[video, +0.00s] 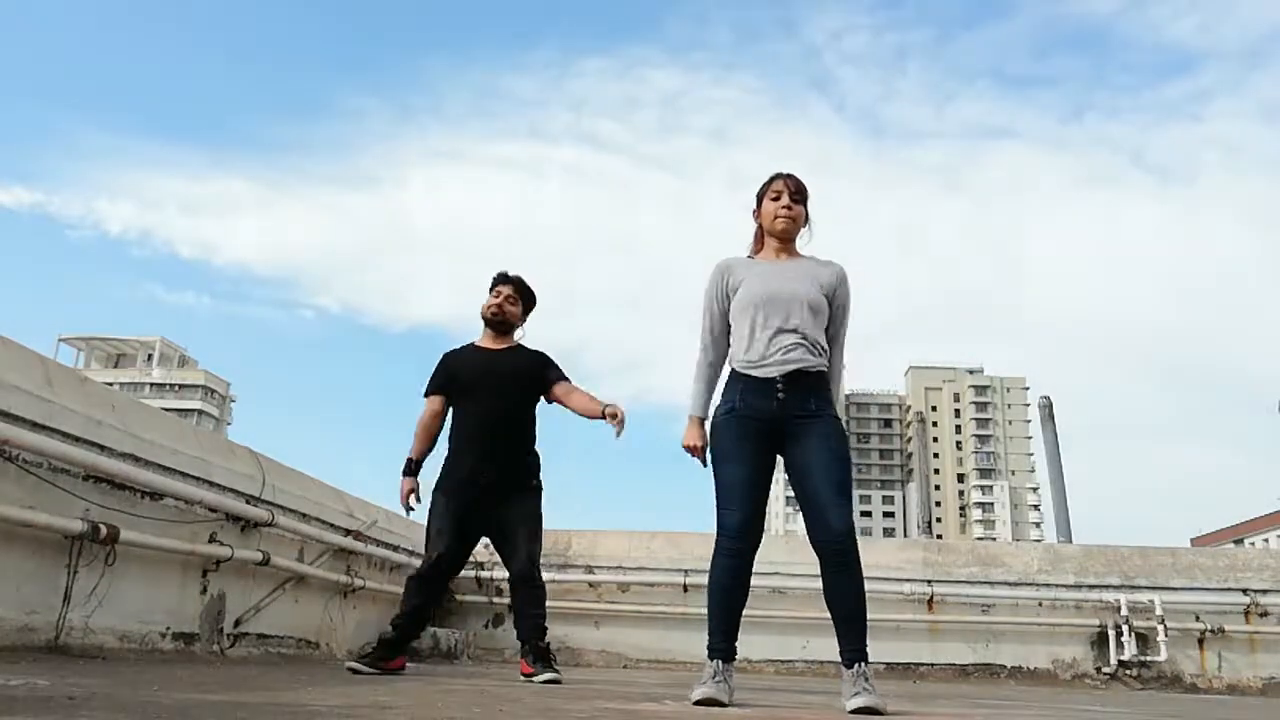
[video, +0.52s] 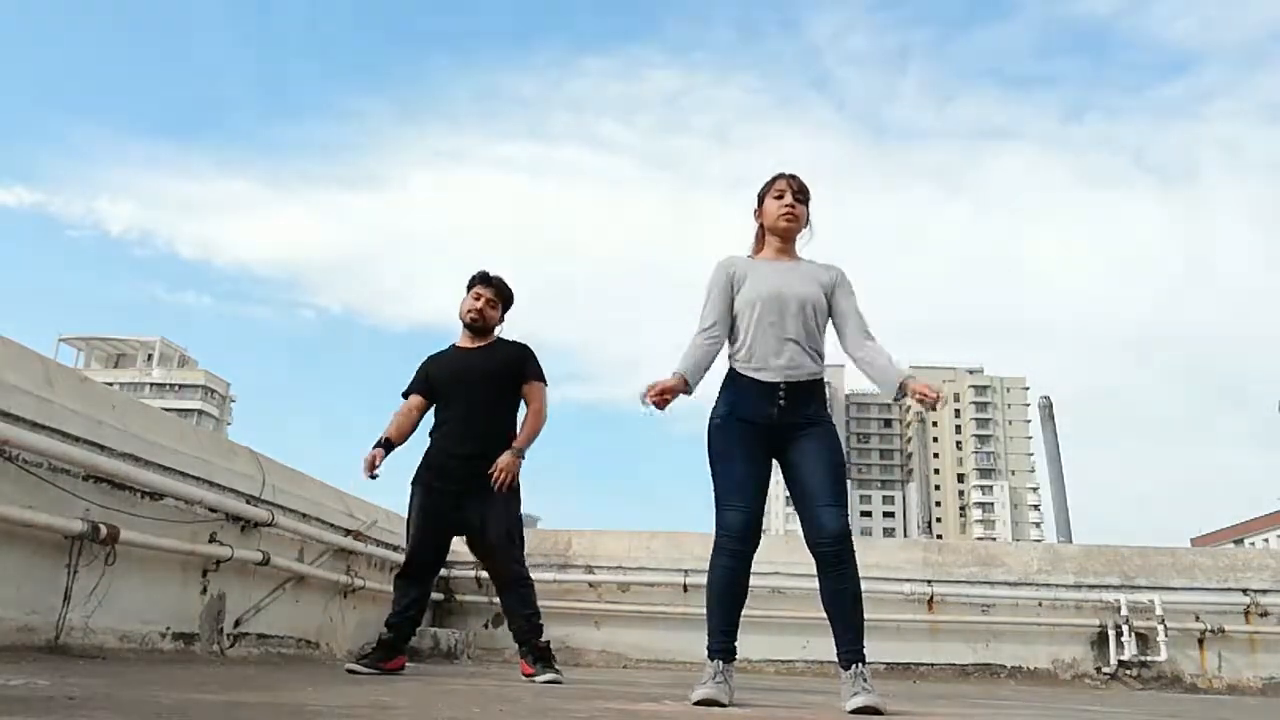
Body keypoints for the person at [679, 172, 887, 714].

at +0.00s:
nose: (786, 204)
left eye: (795, 198)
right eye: (776, 197)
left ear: (806, 216)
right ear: (757, 213)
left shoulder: (830, 274)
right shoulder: (730, 271)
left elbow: (834, 357)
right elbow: (712, 349)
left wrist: (831, 419)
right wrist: (696, 417)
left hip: (812, 407)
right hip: (742, 407)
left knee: (837, 536)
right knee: (736, 535)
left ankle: (857, 672)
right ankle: (718, 668)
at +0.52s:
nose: (790, 202)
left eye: (799, 198)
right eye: (779, 195)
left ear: (808, 218)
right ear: (759, 213)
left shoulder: (828, 276)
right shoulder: (733, 269)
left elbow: (861, 343)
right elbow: (709, 335)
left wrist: (904, 383)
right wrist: (682, 379)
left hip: (807, 413)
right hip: (741, 411)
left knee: (832, 536)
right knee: (736, 534)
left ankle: (855, 673)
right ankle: (718, 668)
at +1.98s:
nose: (780, 200)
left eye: (788, 196)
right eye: (768, 194)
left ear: (797, 215)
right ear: (748, 213)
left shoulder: (824, 270)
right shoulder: (724, 271)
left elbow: (836, 341)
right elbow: (714, 342)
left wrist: (832, 340)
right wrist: (754, 343)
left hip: (806, 411)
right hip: (741, 412)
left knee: (825, 538)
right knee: (734, 533)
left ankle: (853, 673)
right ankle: (716, 668)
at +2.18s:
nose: (773, 206)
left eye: (781, 202)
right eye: (762, 197)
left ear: (785, 221)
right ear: (738, 211)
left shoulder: (800, 274)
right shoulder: (705, 267)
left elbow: (828, 331)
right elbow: (678, 326)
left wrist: (839, 365)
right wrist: (732, 351)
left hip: (785, 411)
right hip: (721, 411)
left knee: (833, 506)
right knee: (719, 534)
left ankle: (832, 642)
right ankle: (704, 666)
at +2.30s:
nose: (775, 205)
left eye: (782, 201)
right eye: (765, 195)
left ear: (785, 217)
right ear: (738, 205)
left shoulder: (794, 279)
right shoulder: (702, 260)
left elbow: (812, 356)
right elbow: (647, 328)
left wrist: (874, 375)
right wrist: (647, 315)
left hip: (780, 403)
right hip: (720, 403)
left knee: (847, 447)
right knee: (717, 534)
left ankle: (776, 536)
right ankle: (703, 664)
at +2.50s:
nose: (783, 207)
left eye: (791, 204)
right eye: (774, 197)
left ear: (791, 220)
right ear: (746, 206)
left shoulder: (792, 279)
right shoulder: (714, 256)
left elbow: (791, 360)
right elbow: (675, 326)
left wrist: (836, 360)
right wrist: (629, 277)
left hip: (787, 400)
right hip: (730, 396)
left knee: (863, 454)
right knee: (724, 532)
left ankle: (814, 556)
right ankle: (706, 665)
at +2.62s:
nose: (789, 213)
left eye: (796, 209)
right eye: (779, 203)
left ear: (797, 226)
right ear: (750, 212)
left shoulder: (804, 285)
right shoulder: (723, 257)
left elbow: (810, 363)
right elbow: (694, 332)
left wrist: (869, 346)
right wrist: (709, 289)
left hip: (796, 409)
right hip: (737, 403)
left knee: (865, 497)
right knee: (733, 537)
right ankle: (708, 667)